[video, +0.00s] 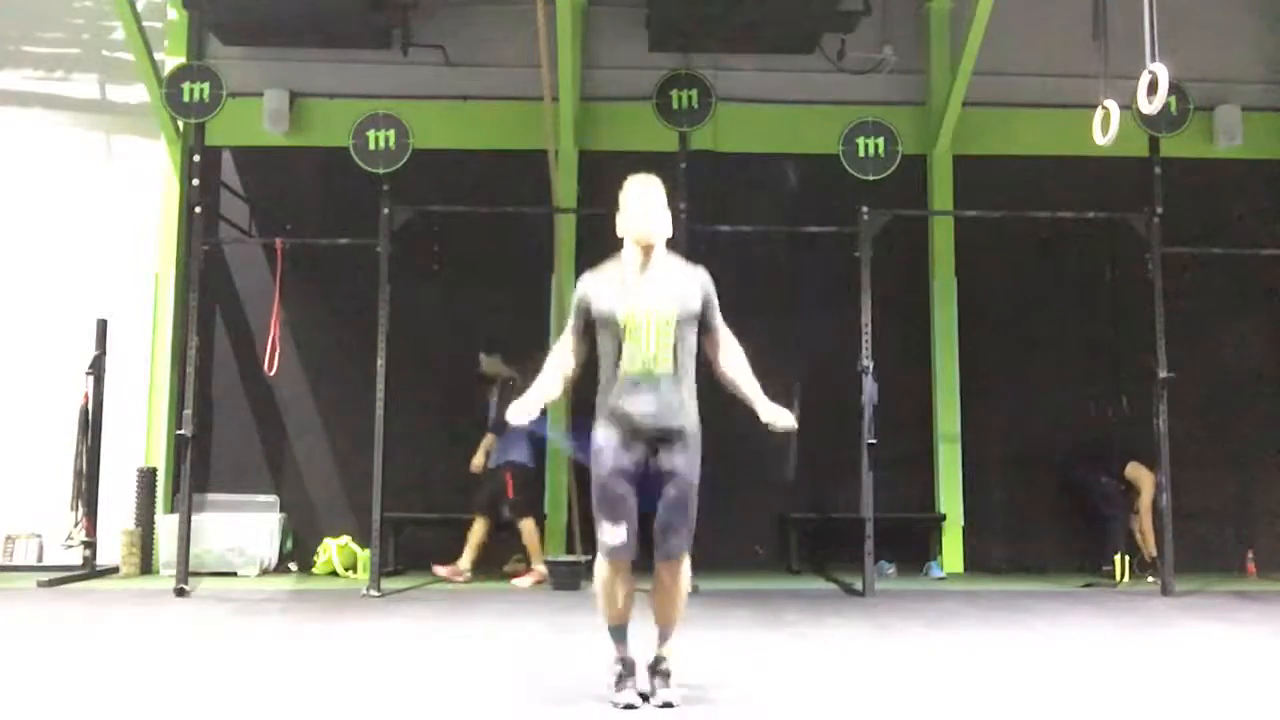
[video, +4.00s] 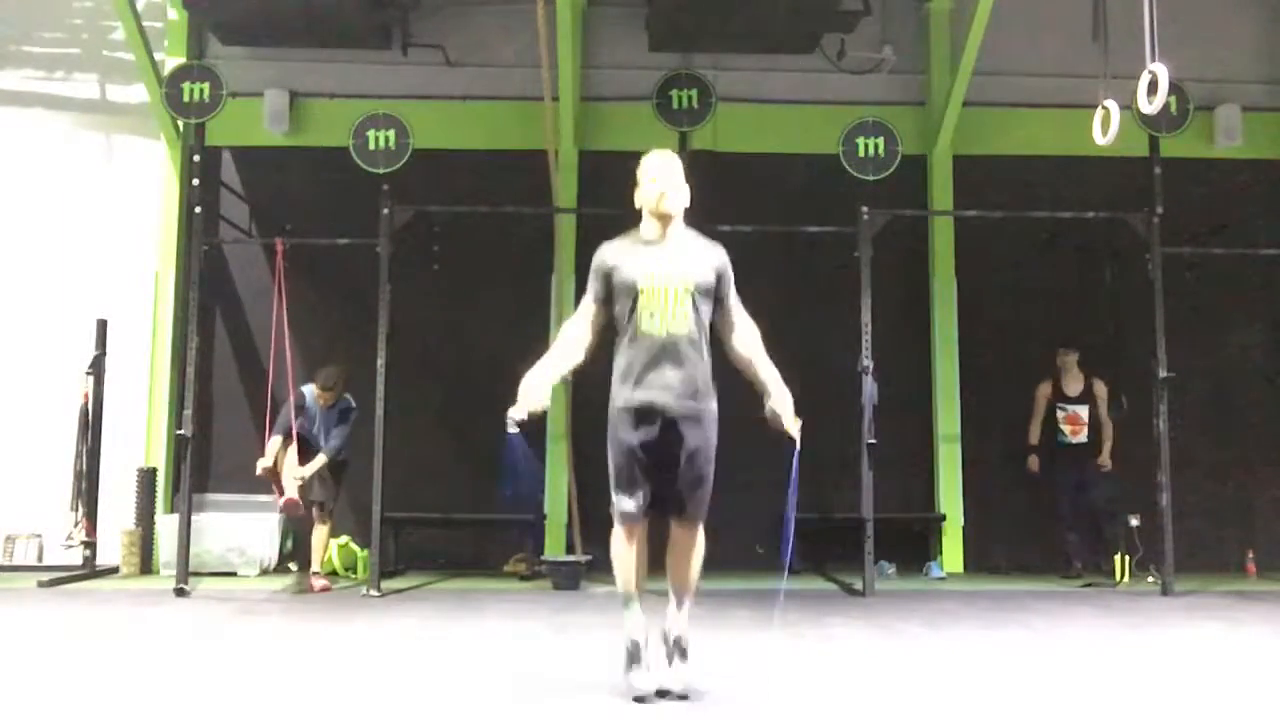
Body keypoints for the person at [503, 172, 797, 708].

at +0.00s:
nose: (649, 219)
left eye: (657, 209)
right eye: (639, 210)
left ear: (669, 217)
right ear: (621, 218)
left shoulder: (694, 281)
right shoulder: (594, 286)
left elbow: (725, 353)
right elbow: (567, 355)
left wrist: (763, 405)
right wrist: (534, 399)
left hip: (678, 433)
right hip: (616, 433)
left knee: (672, 551)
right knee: (615, 548)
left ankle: (661, 660)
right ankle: (620, 658)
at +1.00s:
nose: (649, 224)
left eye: (657, 216)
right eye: (639, 216)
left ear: (671, 226)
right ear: (621, 227)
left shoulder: (693, 288)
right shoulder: (594, 290)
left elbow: (724, 357)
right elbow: (562, 359)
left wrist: (779, 388)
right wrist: (507, 369)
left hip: (678, 432)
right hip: (616, 430)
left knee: (673, 548)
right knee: (624, 546)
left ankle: (661, 657)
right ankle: (620, 655)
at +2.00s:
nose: (652, 167)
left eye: (660, 159)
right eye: (642, 160)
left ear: (676, 171)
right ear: (626, 173)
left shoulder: (701, 237)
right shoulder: (600, 238)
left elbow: (723, 306)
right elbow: (575, 309)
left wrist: (758, 363)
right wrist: (536, 358)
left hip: (683, 379)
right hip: (621, 379)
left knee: (677, 497)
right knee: (625, 492)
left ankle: (665, 608)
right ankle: (624, 602)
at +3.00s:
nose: (661, 161)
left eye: (668, 154)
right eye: (651, 153)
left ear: (683, 165)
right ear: (634, 165)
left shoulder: (710, 229)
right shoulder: (609, 232)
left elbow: (740, 297)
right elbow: (584, 300)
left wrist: (778, 351)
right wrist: (555, 343)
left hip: (691, 367)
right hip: (632, 366)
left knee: (688, 480)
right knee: (636, 475)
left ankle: (673, 586)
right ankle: (636, 588)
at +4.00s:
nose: (661, 189)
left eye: (669, 180)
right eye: (652, 180)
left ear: (686, 191)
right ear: (637, 193)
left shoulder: (712, 257)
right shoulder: (611, 256)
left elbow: (738, 331)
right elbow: (581, 332)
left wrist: (776, 390)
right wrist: (538, 380)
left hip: (695, 403)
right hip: (632, 402)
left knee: (688, 519)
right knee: (629, 518)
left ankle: (677, 630)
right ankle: (634, 632)